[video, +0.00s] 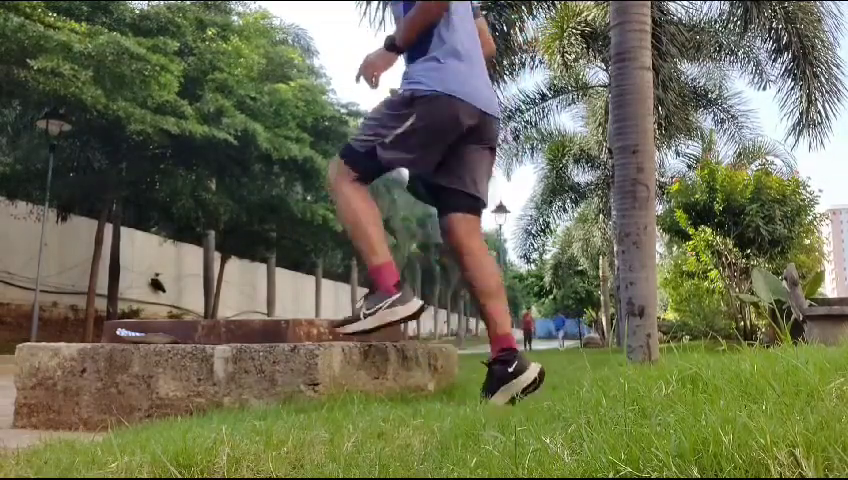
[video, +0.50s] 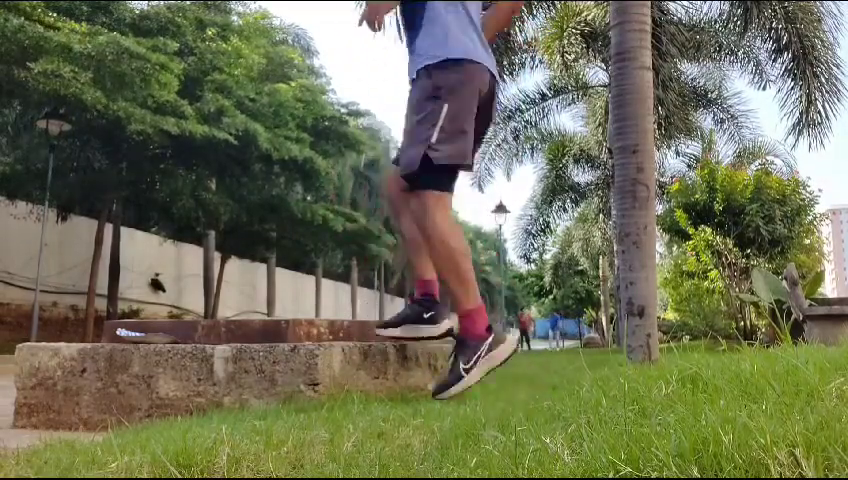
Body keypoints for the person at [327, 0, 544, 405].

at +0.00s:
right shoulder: (464, 5)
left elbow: (436, 4)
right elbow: (486, 44)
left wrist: (389, 49)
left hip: (436, 86)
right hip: (484, 101)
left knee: (345, 174)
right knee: (464, 232)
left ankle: (387, 290)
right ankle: (506, 357)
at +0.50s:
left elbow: (381, 7)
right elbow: (512, 2)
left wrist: (376, 11)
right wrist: (475, 39)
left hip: (447, 63)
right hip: (479, 70)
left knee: (427, 202)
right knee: (398, 184)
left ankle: (478, 335)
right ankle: (426, 301)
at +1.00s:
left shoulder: (424, 7)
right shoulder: (459, 14)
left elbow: (459, 2)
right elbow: (492, 57)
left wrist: (408, 55)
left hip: (445, 96)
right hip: (492, 114)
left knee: (348, 176)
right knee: (464, 239)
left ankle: (407, 277)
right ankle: (510, 365)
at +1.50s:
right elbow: (515, 2)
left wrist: (392, 5)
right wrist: (474, 37)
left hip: (449, 66)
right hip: (487, 74)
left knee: (414, 194)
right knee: (415, 194)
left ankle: (478, 316)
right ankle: (430, 306)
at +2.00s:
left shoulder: (434, 5)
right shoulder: (470, 15)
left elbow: (478, 8)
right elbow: (501, 71)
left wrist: (419, 77)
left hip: (454, 125)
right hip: (499, 139)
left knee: (355, 193)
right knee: (467, 266)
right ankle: (518, 376)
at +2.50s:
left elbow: (373, 7)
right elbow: (509, 6)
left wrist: (364, 12)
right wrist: (470, 46)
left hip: (440, 65)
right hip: (473, 72)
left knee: (394, 193)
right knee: (420, 195)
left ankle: (472, 295)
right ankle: (423, 313)